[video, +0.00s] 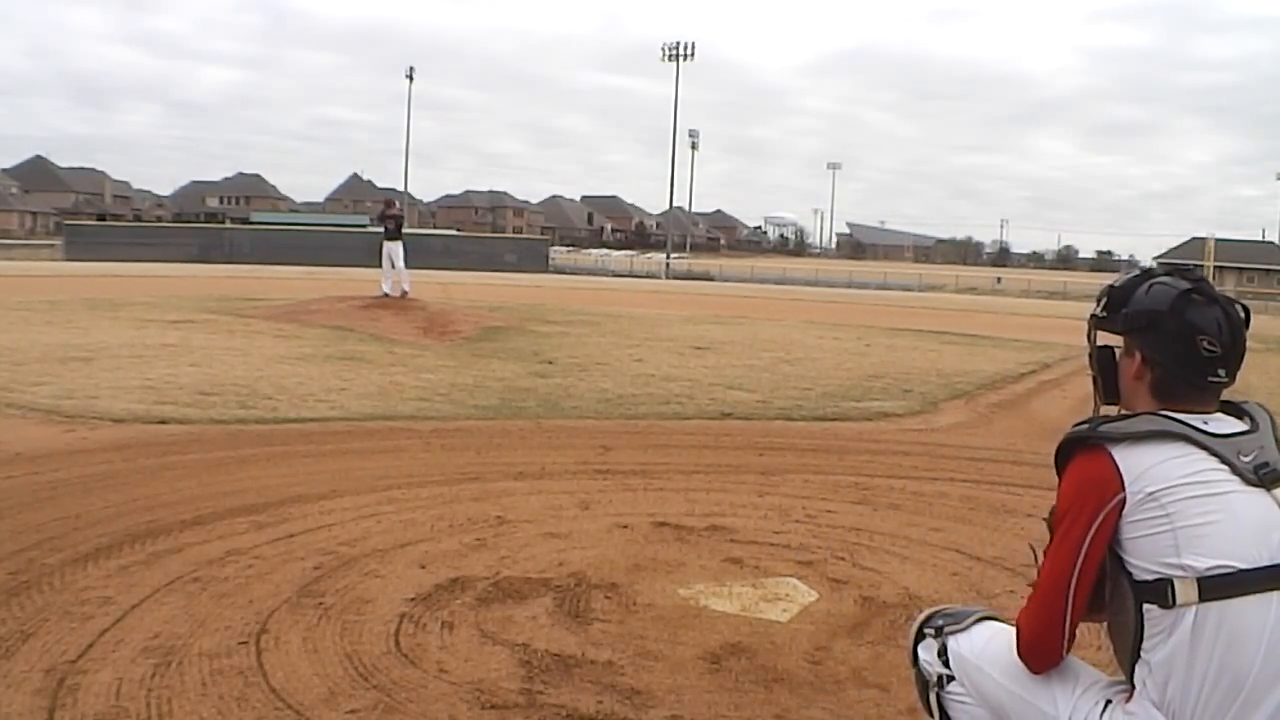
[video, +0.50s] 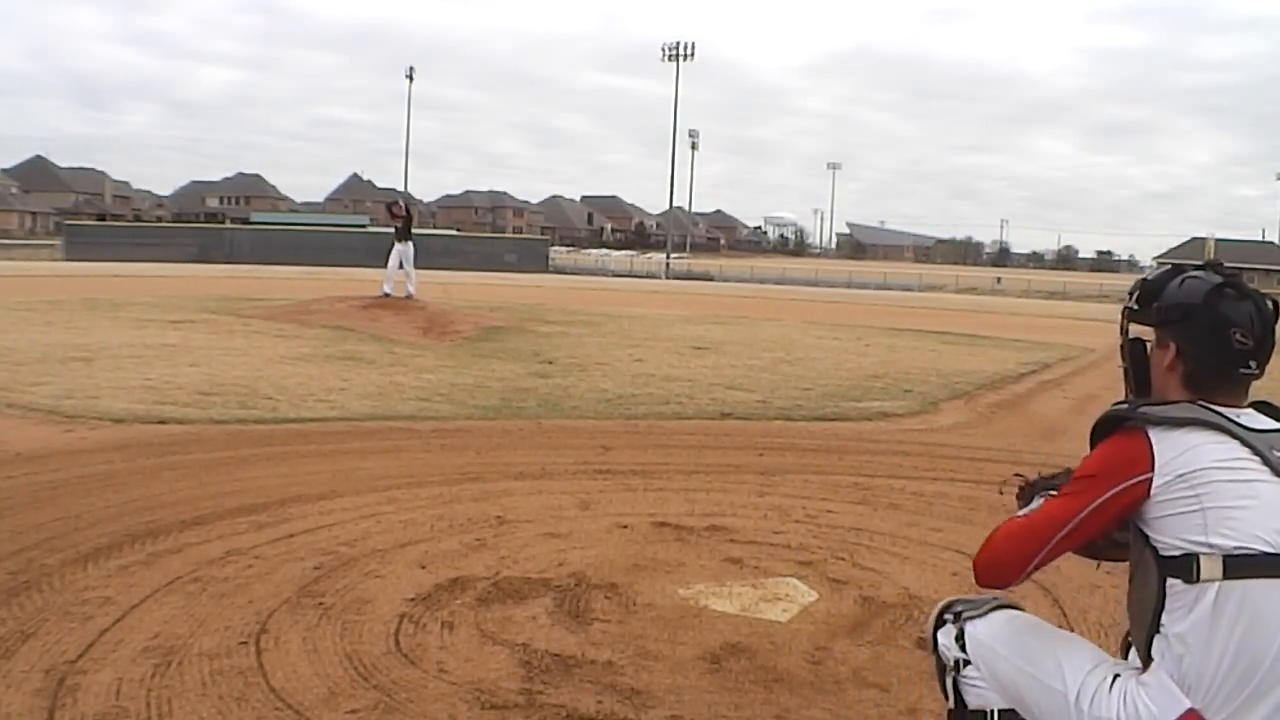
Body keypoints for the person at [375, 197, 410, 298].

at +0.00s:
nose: (391, 211)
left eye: (393, 209)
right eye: (389, 209)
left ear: (395, 207)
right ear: (386, 208)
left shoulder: (399, 215)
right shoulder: (385, 215)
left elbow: (399, 224)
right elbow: (379, 219)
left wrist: (395, 213)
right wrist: (384, 210)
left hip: (396, 240)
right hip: (386, 240)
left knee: (400, 266)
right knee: (385, 267)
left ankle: (405, 288)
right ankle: (386, 289)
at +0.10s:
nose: (391, 207)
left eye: (391, 205)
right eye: (390, 205)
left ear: (394, 205)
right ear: (389, 206)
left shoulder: (399, 216)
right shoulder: (387, 217)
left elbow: (401, 220)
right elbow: (380, 213)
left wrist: (398, 209)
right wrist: (386, 204)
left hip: (398, 241)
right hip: (388, 241)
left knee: (401, 266)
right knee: (386, 267)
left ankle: (408, 289)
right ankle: (386, 289)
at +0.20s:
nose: (393, 209)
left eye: (395, 207)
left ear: (398, 208)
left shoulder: (402, 219)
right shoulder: (389, 219)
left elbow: (403, 215)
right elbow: (383, 211)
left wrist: (398, 206)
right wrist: (387, 202)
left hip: (400, 241)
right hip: (390, 241)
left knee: (403, 267)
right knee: (388, 267)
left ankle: (410, 290)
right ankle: (386, 289)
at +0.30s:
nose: (396, 210)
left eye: (397, 208)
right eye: (394, 208)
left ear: (400, 210)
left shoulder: (404, 219)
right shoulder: (392, 218)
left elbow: (404, 213)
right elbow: (384, 209)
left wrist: (399, 204)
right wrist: (390, 202)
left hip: (402, 242)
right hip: (392, 242)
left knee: (405, 267)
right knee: (389, 267)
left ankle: (410, 291)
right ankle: (386, 290)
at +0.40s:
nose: (396, 210)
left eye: (397, 208)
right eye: (394, 208)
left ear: (400, 209)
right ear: (392, 210)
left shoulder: (405, 219)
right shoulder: (394, 219)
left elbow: (407, 214)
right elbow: (386, 208)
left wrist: (403, 206)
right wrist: (393, 202)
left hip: (405, 243)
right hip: (395, 243)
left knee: (407, 268)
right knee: (391, 268)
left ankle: (410, 291)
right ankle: (387, 290)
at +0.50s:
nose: (400, 210)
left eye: (401, 208)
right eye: (399, 207)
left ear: (404, 209)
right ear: (398, 209)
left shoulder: (408, 220)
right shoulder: (396, 219)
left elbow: (409, 214)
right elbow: (388, 208)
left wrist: (405, 205)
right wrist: (395, 203)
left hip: (407, 243)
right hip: (397, 243)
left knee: (408, 268)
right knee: (391, 267)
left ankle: (410, 291)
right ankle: (387, 290)